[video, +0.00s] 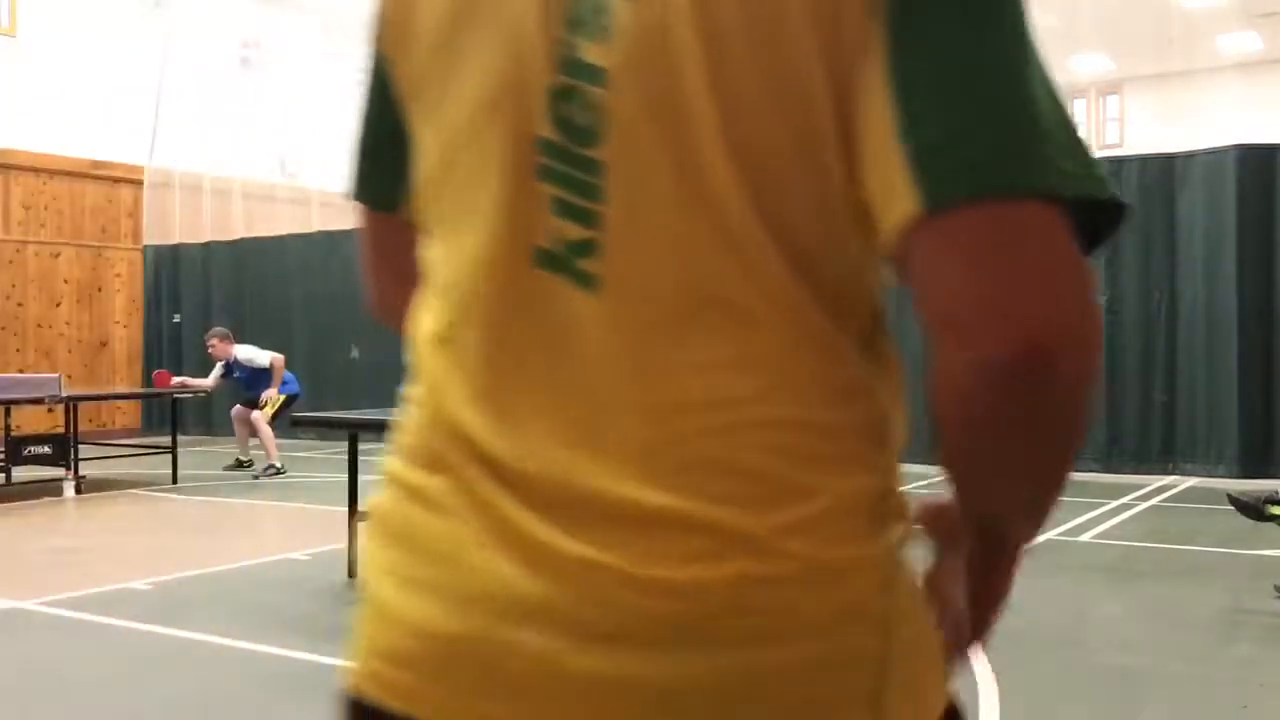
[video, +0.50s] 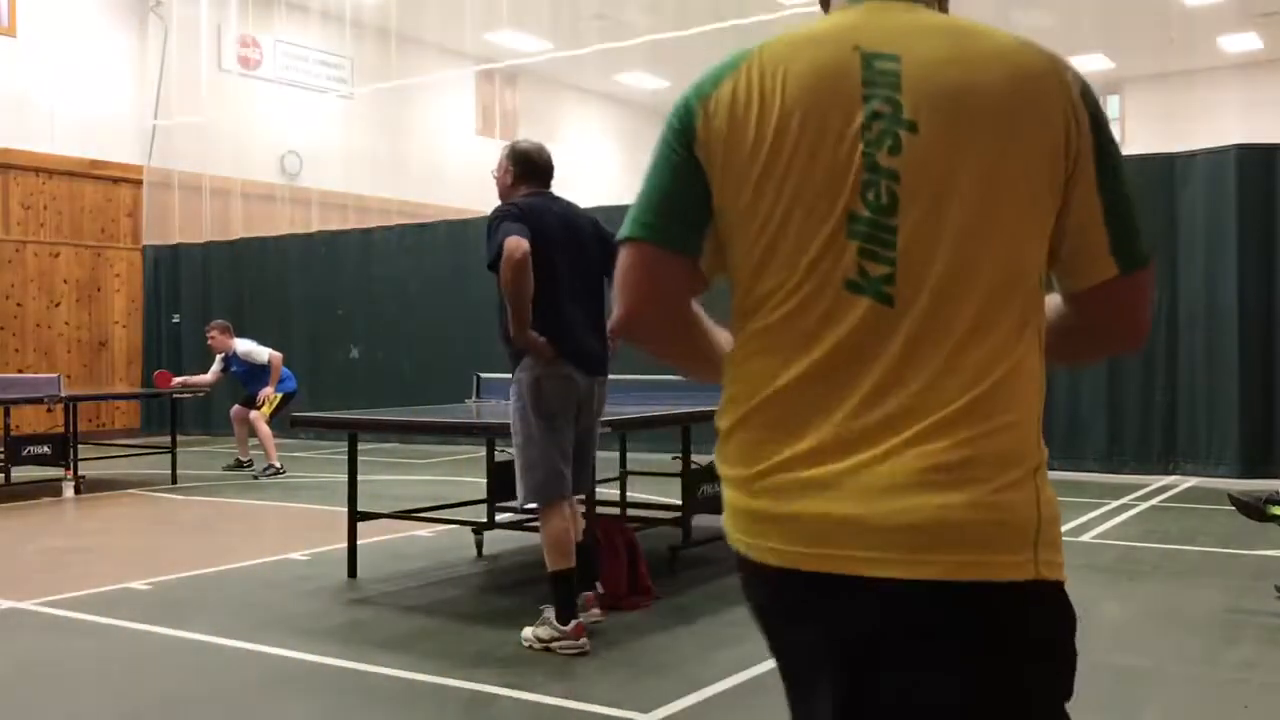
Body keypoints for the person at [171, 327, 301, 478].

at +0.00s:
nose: (209, 351)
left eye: (212, 346)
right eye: (208, 347)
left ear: (226, 343)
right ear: (223, 345)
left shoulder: (243, 353)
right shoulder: (224, 362)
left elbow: (278, 360)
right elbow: (210, 383)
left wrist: (274, 388)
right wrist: (186, 381)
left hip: (284, 389)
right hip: (264, 390)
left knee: (257, 417)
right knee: (238, 413)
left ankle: (275, 464)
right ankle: (244, 459)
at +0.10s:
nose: (209, 352)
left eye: (212, 347)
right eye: (208, 349)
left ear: (225, 344)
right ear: (222, 347)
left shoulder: (243, 354)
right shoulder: (224, 364)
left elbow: (278, 360)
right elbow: (210, 384)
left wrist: (274, 388)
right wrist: (186, 382)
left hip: (284, 389)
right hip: (262, 391)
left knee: (257, 417)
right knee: (238, 414)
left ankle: (275, 464)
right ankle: (244, 459)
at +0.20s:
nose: (209, 351)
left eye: (211, 346)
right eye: (208, 347)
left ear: (225, 344)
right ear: (222, 346)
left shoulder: (243, 354)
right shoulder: (224, 363)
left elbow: (277, 360)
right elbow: (209, 383)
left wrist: (274, 388)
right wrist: (185, 382)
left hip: (283, 389)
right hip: (262, 391)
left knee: (257, 417)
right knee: (237, 414)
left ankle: (275, 464)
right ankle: (244, 459)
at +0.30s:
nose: (209, 349)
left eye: (212, 345)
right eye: (208, 345)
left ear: (226, 342)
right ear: (222, 344)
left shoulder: (243, 353)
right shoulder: (224, 361)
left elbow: (277, 359)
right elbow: (210, 382)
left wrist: (273, 388)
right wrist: (185, 381)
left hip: (283, 388)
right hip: (262, 389)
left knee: (256, 417)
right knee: (237, 414)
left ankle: (275, 465)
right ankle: (244, 459)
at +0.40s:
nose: (209, 346)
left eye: (212, 341)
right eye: (208, 342)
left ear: (226, 339)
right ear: (222, 340)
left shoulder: (243, 350)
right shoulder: (223, 359)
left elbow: (277, 358)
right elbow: (210, 381)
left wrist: (272, 387)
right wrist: (185, 381)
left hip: (282, 387)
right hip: (261, 388)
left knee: (256, 417)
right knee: (237, 414)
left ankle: (275, 465)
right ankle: (244, 459)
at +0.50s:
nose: (209, 343)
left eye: (212, 338)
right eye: (208, 339)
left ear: (225, 336)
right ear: (222, 337)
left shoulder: (243, 348)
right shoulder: (223, 356)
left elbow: (276, 357)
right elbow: (210, 378)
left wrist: (271, 386)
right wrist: (184, 380)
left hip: (282, 386)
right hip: (261, 388)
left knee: (256, 416)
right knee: (237, 414)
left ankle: (275, 465)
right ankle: (244, 459)